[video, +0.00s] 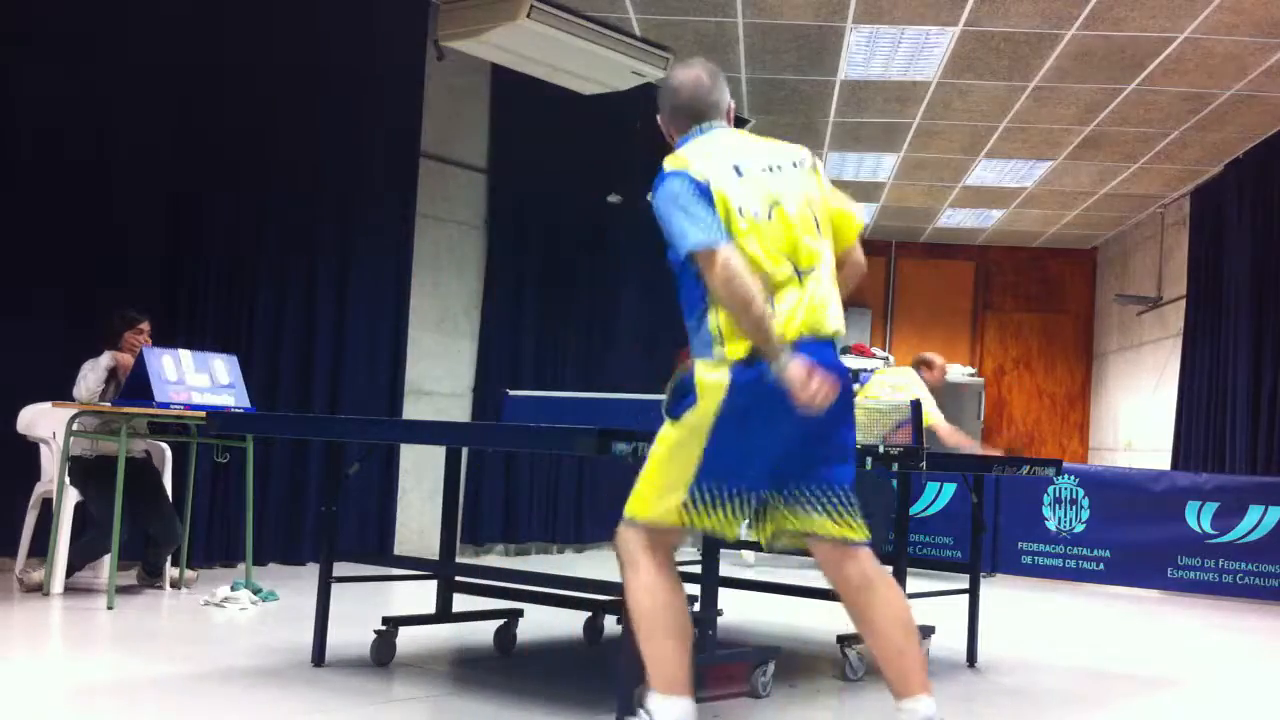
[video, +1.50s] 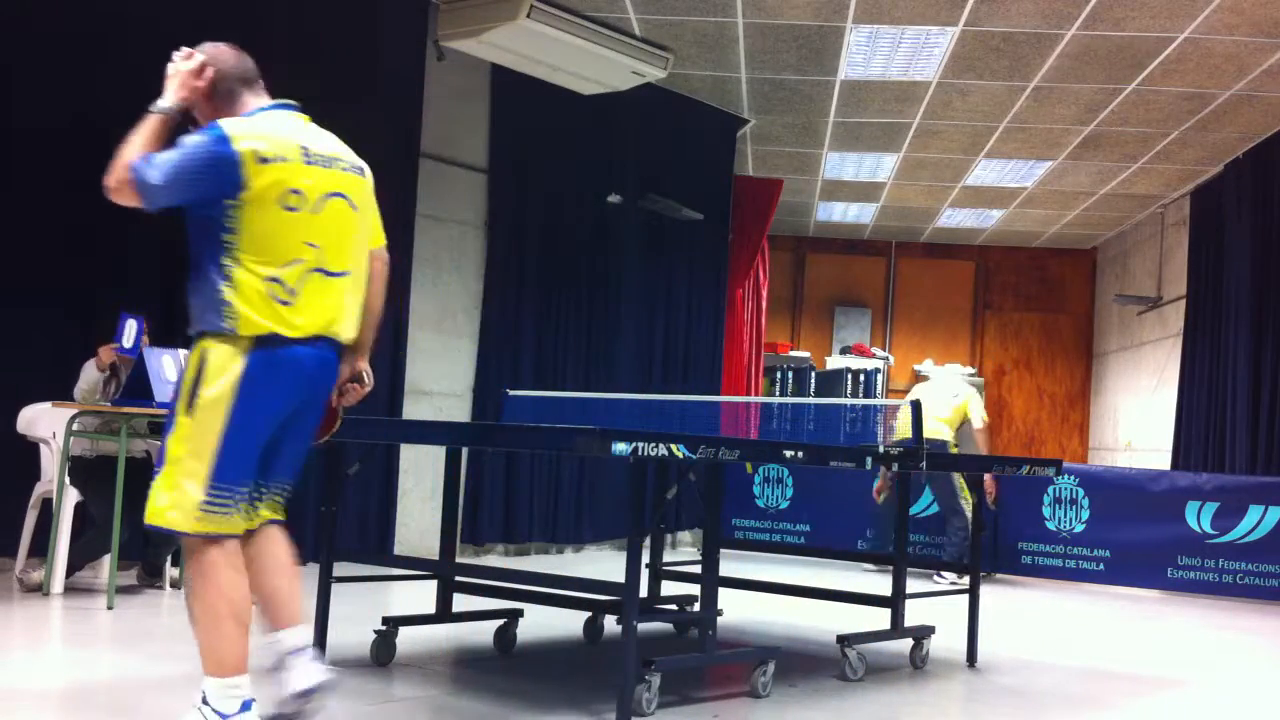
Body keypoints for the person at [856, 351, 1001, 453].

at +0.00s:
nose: (943, 379)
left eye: (944, 374)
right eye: (942, 373)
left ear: (922, 369)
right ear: (926, 371)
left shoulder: (882, 373)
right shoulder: (916, 386)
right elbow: (947, 436)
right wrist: (982, 450)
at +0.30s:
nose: (967, 386)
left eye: (970, 381)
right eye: (968, 380)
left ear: (956, 371)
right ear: (957, 372)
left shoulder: (932, 374)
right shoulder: (931, 384)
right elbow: (903, 423)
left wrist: (910, 468)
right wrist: (911, 469)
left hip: (878, 427)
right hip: (877, 428)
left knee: (892, 494)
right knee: (890, 494)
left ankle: (865, 549)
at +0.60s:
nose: (984, 389)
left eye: (987, 385)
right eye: (987, 384)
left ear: (977, 371)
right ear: (981, 376)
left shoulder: (952, 377)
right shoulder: (948, 381)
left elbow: (927, 429)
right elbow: (926, 426)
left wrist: (945, 469)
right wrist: (941, 466)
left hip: (903, 442)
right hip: (902, 444)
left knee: (922, 502)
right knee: (924, 502)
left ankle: (906, 570)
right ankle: (911, 573)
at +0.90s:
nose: (1003, 390)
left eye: (1006, 386)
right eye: (1006, 385)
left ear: (990, 365)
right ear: (1002, 377)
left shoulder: (963, 369)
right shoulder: (979, 380)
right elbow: (952, 415)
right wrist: (951, 460)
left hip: (915, 435)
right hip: (928, 439)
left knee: (929, 498)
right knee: (938, 498)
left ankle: (916, 563)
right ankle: (916, 570)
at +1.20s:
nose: (996, 383)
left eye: (997, 380)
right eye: (997, 379)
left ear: (980, 359)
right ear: (995, 370)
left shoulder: (949, 367)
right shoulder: (986, 369)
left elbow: (926, 402)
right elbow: (982, 407)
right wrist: (992, 446)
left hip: (923, 433)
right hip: (946, 432)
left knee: (940, 498)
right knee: (959, 498)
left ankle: (940, 561)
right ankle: (949, 564)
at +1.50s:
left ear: (937, 377)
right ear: (964, 379)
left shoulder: (919, 388)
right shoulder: (968, 391)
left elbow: (896, 430)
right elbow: (979, 429)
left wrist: (883, 474)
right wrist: (987, 472)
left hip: (903, 444)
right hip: (938, 446)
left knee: (894, 499)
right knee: (960, 508)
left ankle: (879, 555)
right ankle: (950, 568)